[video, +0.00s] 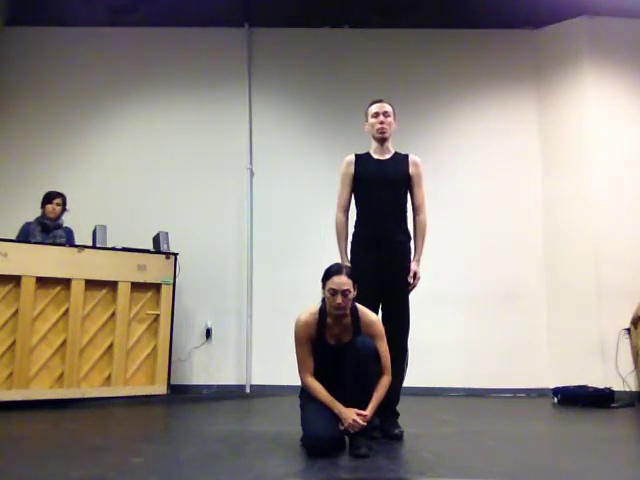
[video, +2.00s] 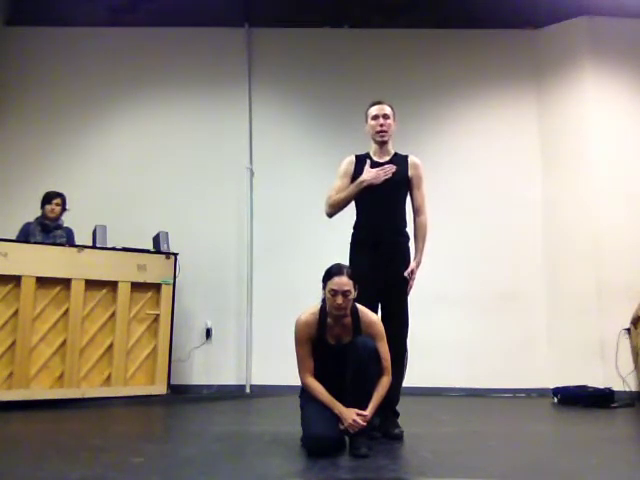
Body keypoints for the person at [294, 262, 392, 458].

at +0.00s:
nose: (339, 300)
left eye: (345, 294)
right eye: (333, 293)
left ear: (354, 293)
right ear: (323, 292)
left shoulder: (370, 322)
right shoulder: (306, 323)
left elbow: (386, 374)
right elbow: (307, 377)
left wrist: (365, 415)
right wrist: (341, 411)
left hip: (356, 392)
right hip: (321, 393)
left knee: (364, 346)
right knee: (321, 445)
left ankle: (360, 432)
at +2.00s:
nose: (339, 301)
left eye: (346, 294)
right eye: (333, 294)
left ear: (355, 293)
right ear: (324, 292)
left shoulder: (371, 322)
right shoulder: (307, 323)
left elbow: (386, 374)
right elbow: (307, 378)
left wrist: (366, 414)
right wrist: (342, 412)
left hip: (355, 392)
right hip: (321, 393)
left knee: (364, 347)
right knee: (321, 445)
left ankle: (360, 431)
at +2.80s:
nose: (339, 301)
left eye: (346, 294)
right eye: (333, 294)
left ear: (354, 294)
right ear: (323, 292)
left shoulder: (371, 323)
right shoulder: (306, 324)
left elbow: (386, 375)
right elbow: (306, 378)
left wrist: (366, 413)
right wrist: (341, 411)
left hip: (355, 392)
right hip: (320, 393)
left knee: (365, 347)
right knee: (321, 445)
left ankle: (359, 432)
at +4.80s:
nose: (340, 302)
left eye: (347, 295)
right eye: (334, 295)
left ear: (356, 294)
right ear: (325, 292)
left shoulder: (371, 323)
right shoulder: (307, 324)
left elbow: (388, 376)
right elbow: (306, 378)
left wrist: (368, 410)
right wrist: (338, 413)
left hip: (356, 393)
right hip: (320, 394)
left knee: (365, 347)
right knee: (322, 445)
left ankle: (360, 434)